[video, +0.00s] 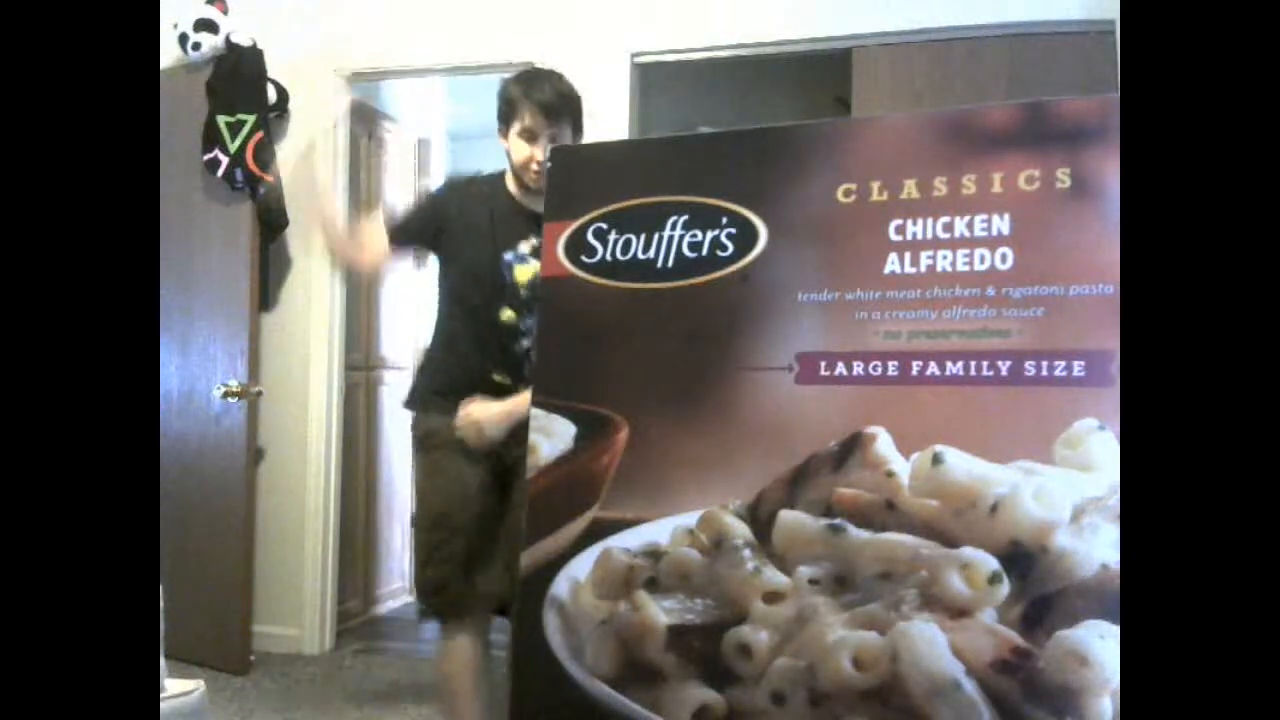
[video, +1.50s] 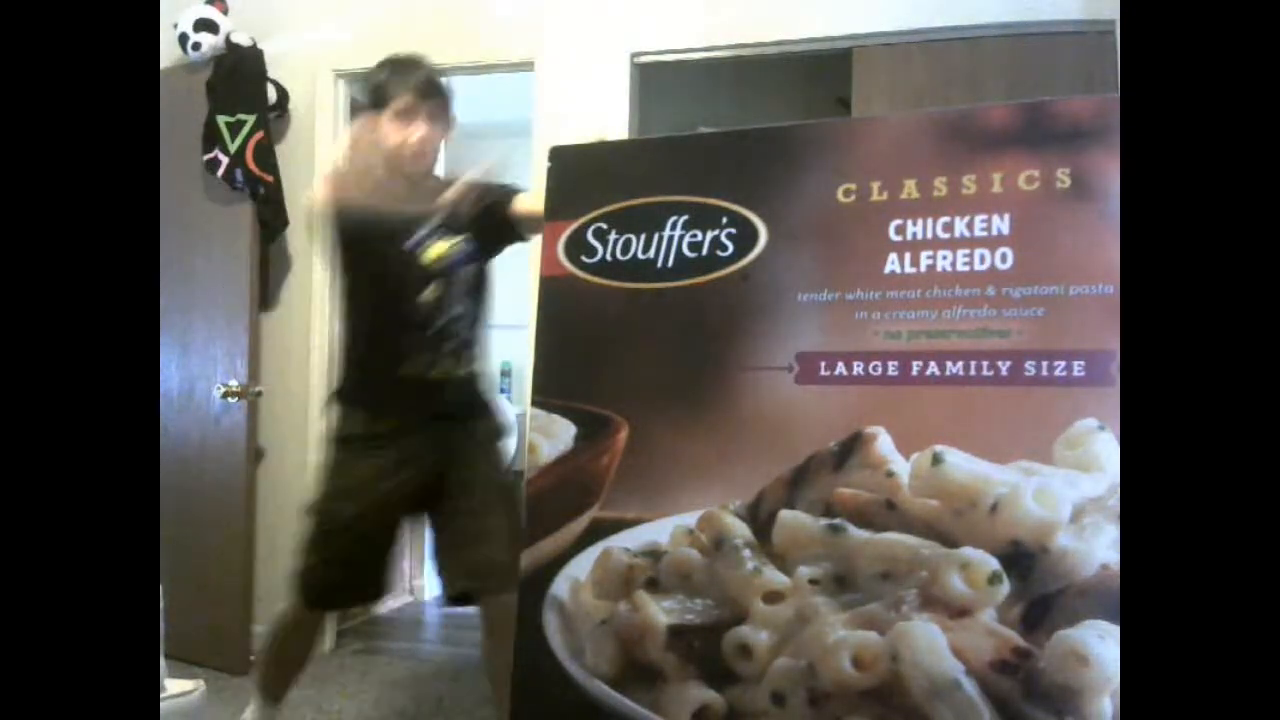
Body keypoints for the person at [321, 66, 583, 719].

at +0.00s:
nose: (541, 155)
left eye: (555, 141)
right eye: (527, 137)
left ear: (576, 141)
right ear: (504, 134)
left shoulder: (588, 217)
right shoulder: (462, 202)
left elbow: (603, 350)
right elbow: (364, 250)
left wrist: (515, 407)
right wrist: (310, 186)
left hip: (550, 421)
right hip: (457, 414)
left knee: (545, 599)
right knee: (464, 605)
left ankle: (545, 715)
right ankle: (465, 715)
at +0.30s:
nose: (507, 134)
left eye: (522, 119)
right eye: (494, 118)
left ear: (544, 122)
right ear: (472, 118)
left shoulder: (555, 200)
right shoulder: (445, 186)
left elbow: (590, 291)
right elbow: (416, 273)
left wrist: (546, 342)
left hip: (513, 418)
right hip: (430, 413)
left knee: (525, 583)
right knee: (370, 585)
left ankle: (532, 710)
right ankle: (332, 710)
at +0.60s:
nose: (425, 145)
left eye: (438, 131)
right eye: (410, 130)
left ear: (460, 136)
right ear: (387, 134)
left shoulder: (479, 215)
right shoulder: (365, 199)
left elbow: (517, 297)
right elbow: (346, 278)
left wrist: (522, 232)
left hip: (448, 425)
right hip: (362, 423)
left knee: (491, 588)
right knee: (302, 590)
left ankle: (506, 714)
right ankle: (257, 713)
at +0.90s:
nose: (312, 143)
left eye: (326, 129)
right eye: (299, 131)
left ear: (355, 133)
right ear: (284, 136)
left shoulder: (381, 193)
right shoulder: (276, 215)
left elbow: (285, 196)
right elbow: (232, 304)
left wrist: (181, 138)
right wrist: (169, 314)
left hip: (386, 424)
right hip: (299, 426)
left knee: (399, 580)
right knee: (260, 583)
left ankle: (454, 715)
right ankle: (251, 714)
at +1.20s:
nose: (304, 150)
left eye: (319, 135)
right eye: (290, 134)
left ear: (337, 137)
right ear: (264, 137)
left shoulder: (375, 195)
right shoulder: (243, 231)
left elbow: (460, 222)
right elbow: (236, 336)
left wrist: (398, 267)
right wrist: (272, 375)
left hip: (391, 415)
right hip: (298, 424)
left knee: (440, 575)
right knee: (261, 589)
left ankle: (489, 712)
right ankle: (253, 714)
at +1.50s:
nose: (424, 136)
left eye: (435, 120)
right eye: (407, 118)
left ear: (449, 128)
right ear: (369, 125)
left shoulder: (470, 207)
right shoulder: (358, 205)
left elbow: (555, 213)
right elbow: (346, 197)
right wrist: (364, 149)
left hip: (462, 421)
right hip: (375, 425)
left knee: (501, 589)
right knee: (315, 597)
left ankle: (512, 713)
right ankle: (261, 710)